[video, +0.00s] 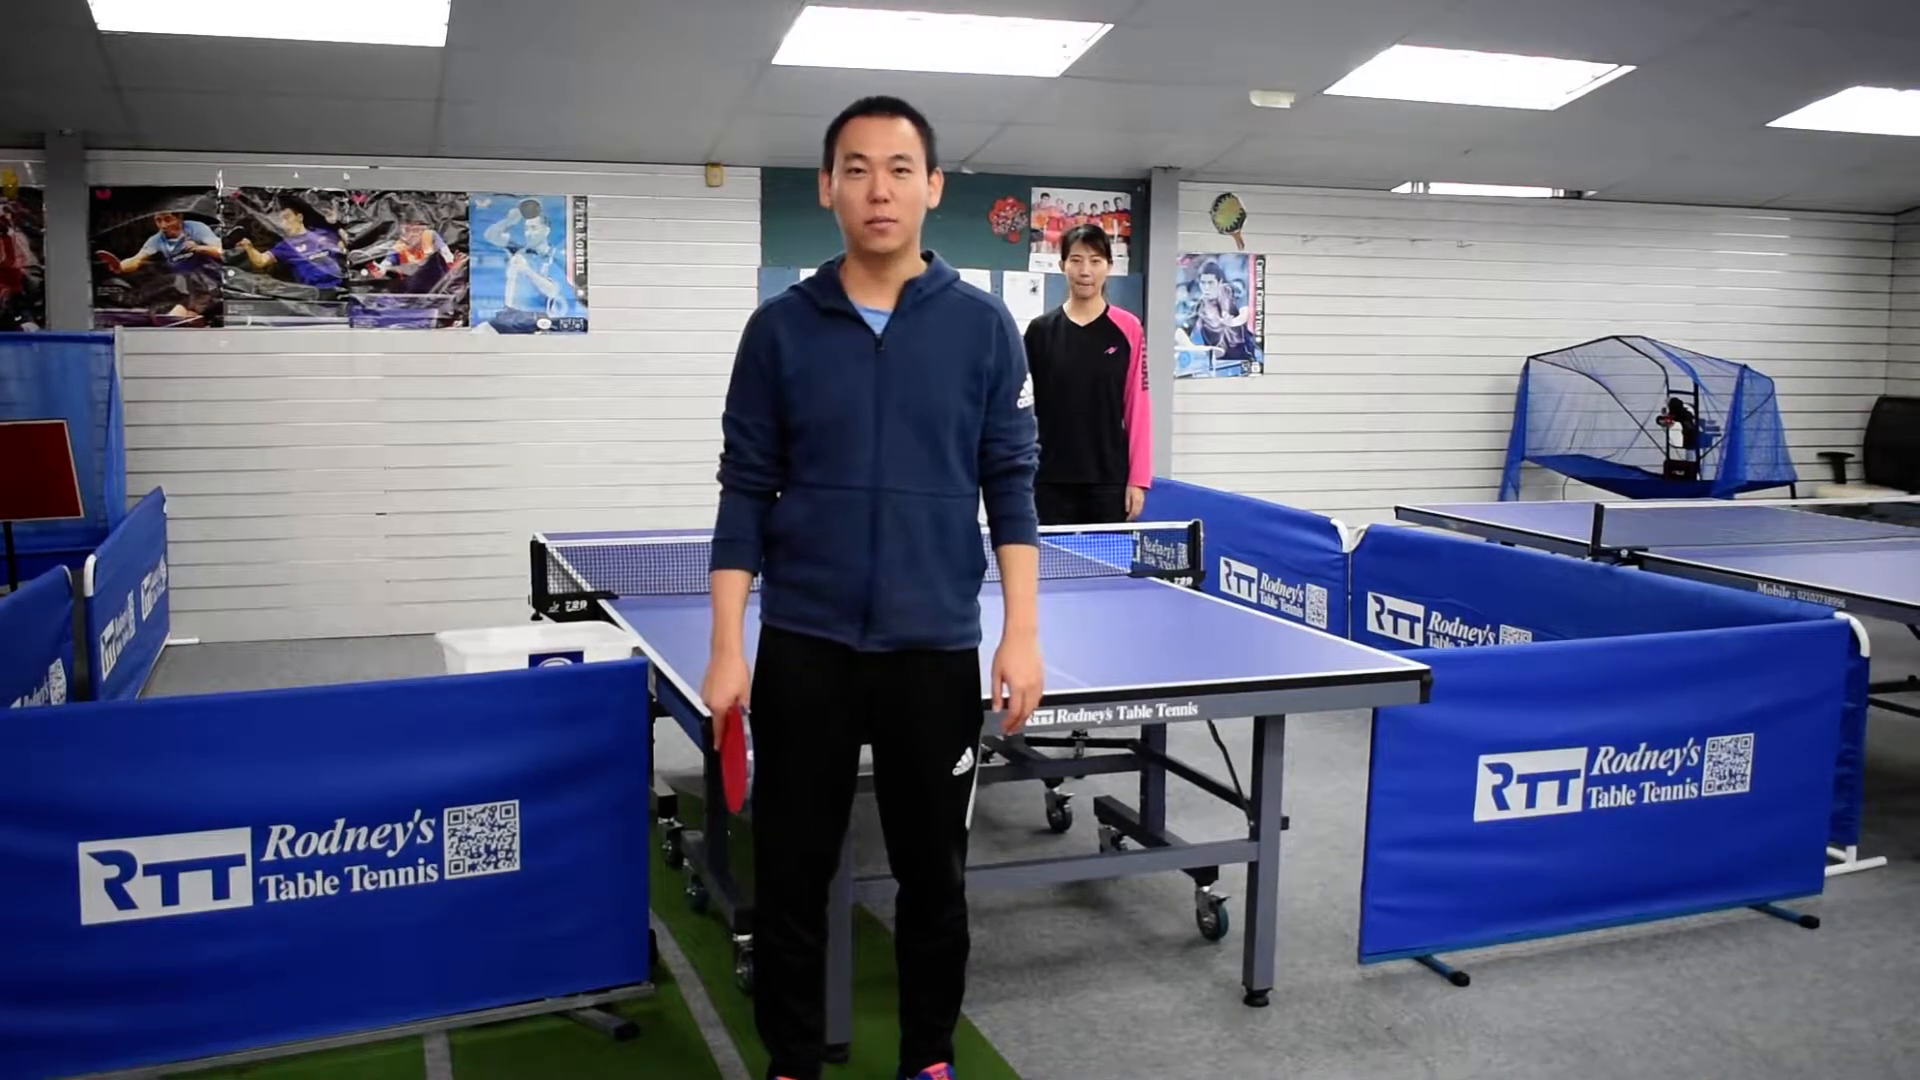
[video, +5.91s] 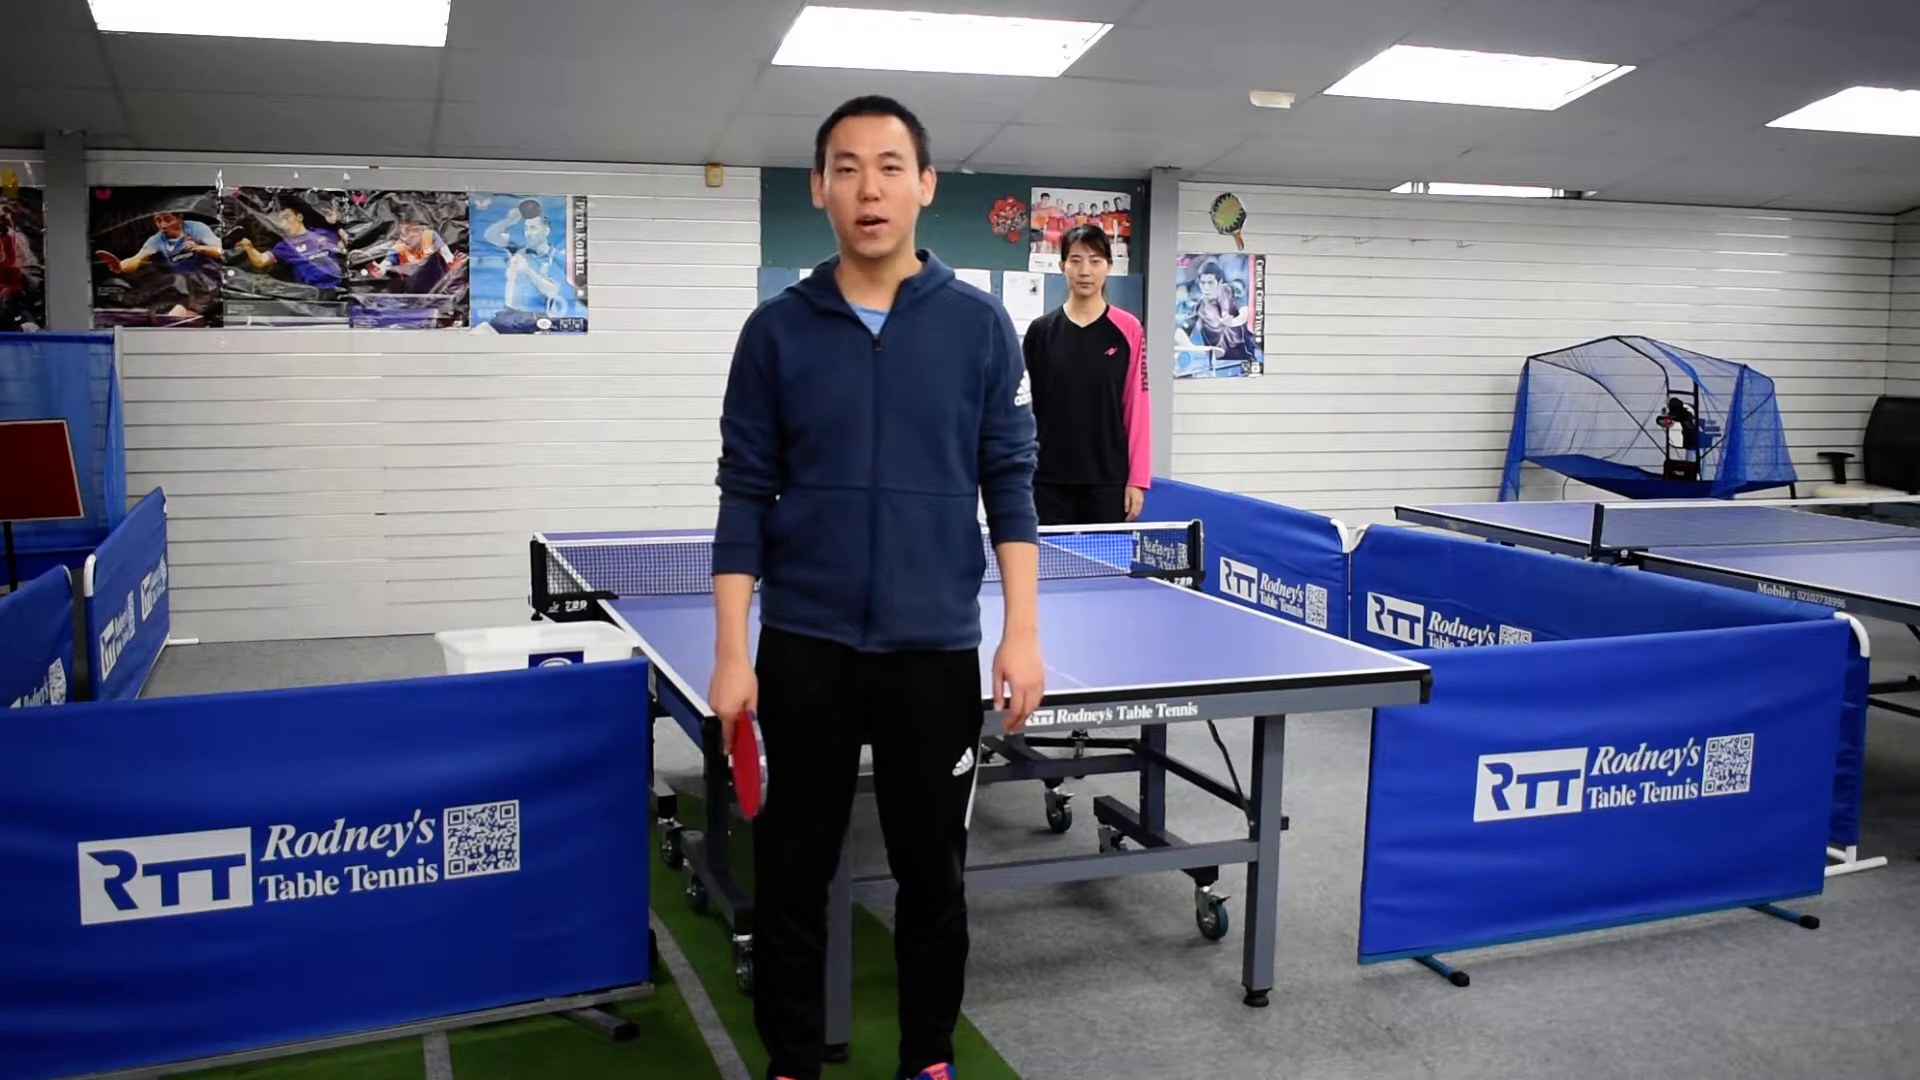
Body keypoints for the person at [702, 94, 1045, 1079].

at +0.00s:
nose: (877, 188)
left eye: (899, 169)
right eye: (856, 169)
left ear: (932, 190)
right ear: (829, 191)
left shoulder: (983, 327)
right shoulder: (780, 327)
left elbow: (1012, 485)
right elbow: (743, 488)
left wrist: (1022, 632)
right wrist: (726, 645)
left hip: (933, 645)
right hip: (805, 643)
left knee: (932, 874)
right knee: (790, 875)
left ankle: (930, 1060)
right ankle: (792, 1061)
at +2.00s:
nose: (866, 185)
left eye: (888, 165)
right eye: (844, 166)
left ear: (924, 188)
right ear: (820, 192)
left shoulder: (979, 327)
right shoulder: (776, 330)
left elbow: (1011, 485)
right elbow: (740, 490)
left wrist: (1020, 633)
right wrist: (727, 649)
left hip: (932, 645)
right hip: (804, 644)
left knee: (930, 874)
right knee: (789, 875)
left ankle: (929, 1060)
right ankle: (791, 1062)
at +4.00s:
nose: (870, 187)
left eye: (892, 167)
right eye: (849, 168)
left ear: (926, 189)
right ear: (823, 190)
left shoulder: (979, 326)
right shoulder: (777, 329)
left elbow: (1011, 486)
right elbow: (741, 491)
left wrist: (1021, 634)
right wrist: (729, 650)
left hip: (933, 644)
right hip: (805, 643)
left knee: (931, 872)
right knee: (790, 874)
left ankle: (930, 1061)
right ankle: (791, 1061)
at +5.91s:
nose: (868, 187)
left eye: (890, 167)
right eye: (846, 168)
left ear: (925, 188)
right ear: (821, 192)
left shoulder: (979, 326)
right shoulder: (776, 330)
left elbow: (1012, 483)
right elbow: (742, 492)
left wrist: (1022, 631)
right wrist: (731, 653)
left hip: (933, 645)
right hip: (805, 644)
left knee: (932, 873)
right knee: (790, 877)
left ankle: (930, 1060)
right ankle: (791, 1062)